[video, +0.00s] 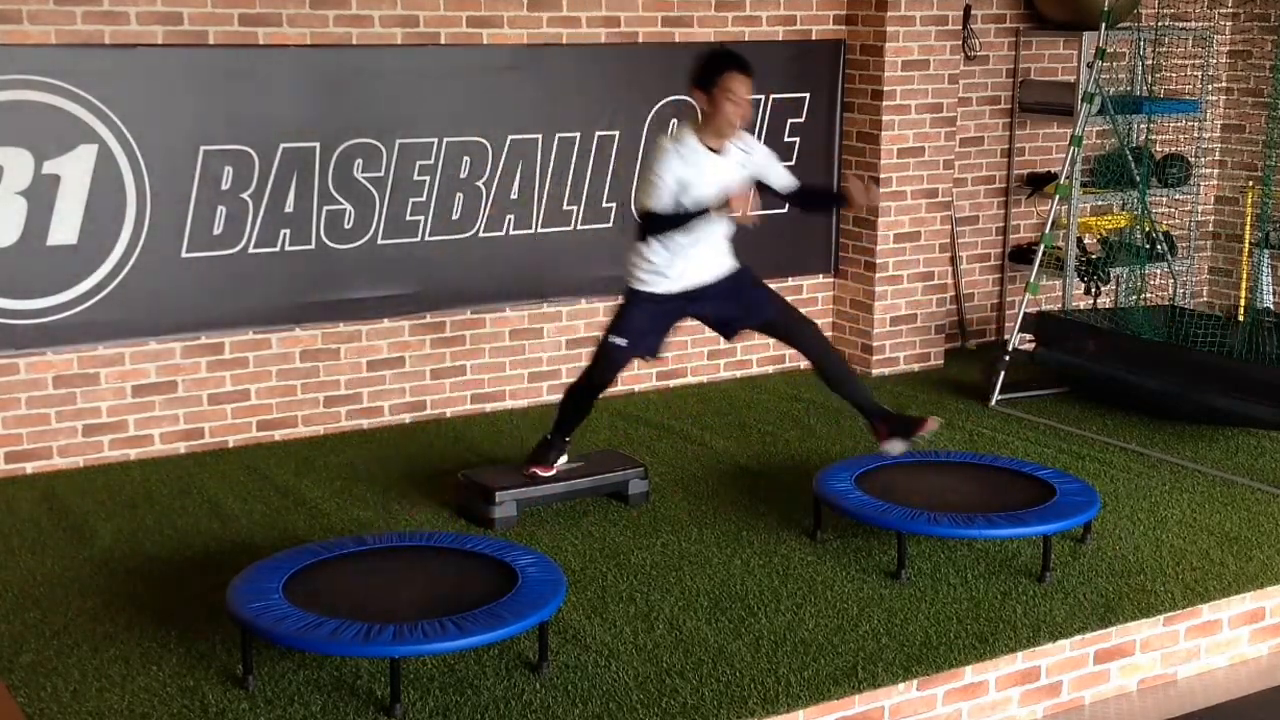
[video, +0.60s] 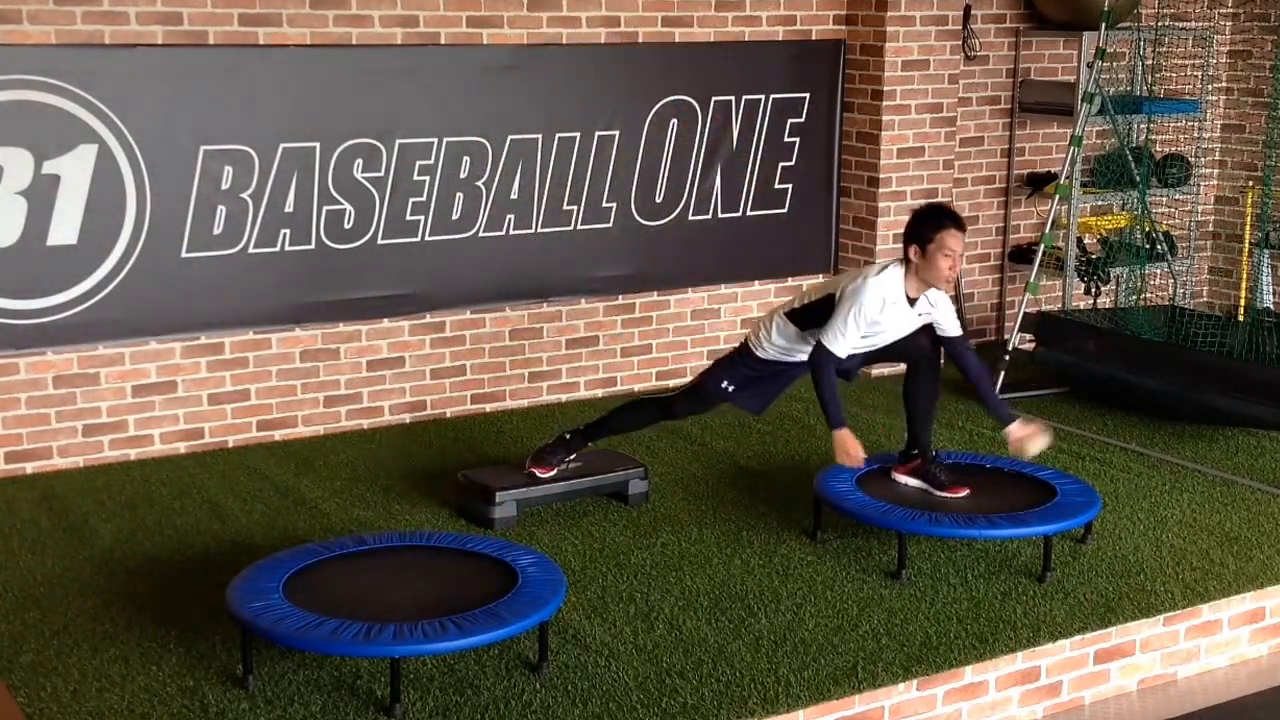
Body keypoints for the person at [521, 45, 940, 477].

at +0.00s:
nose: (743, 109)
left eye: (748, 100)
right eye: (733, 98)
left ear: (750, 104)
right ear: (702, 98)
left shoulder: (747, 149)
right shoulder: (672, 153)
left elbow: (795, 193)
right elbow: (647, 225)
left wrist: (842, 196)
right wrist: (719, 208)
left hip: (721, 278)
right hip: (657, 287)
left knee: (809, 335)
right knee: (601, 370)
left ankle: (884, 422)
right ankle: (553, 446)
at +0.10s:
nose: (804, 149)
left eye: (810, 141)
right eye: (795, 139)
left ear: (812, 146)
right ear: (765, 139)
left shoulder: (810, 188)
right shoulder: (730, 188)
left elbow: (859, 235)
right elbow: (687, 261)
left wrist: (908, 244)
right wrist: (748, 282)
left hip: (774, 312)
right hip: (710, 315)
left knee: (852, 364)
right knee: (630, 390)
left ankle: (909, 461)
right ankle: (557, 444)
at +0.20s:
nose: (870, 194)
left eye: (874, 184)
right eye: (860, 183)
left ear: (874, 189)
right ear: (828, 185)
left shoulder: (870, 233)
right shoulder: (792, 230)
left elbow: (923, 280)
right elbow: (741, 298)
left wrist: (955, 267)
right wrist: (785, 336)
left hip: (808, 326)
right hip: (749, 330)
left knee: (893, 348)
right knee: (660, 404)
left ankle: (917, 460)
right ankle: (568, 440)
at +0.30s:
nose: (922, 233)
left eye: (923, 223)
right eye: (912, 223)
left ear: (915, 227)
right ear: (875, 224)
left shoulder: (909, 270)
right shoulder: (835, 262)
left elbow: (957, 308)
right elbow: (784, 324)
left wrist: (995, 286)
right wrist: (827, 380)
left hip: (827, 345)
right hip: (768, 345)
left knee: (912, 349)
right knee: (671, 407)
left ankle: (918, 457)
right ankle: (568, 443)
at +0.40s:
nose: (949, 261)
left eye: (952, 251)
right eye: (942, 250)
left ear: (939, 253)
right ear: (907, 247)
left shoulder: (930, 293)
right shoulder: (859, 279)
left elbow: (970, 337)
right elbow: (811, 348)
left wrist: (1020, 323)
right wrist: (853, 408)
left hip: (837, 353)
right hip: (779, 350)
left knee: (925, 345)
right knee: (679, 409)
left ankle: (919, 463)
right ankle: (573, 442)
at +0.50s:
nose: (961, 267)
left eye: (962, 257)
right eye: (954, 257)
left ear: (946, 260)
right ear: (919, 256)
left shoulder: (937, 301)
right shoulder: (870, 293)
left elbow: (978, 356)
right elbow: (821, 362)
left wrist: (1038, 361)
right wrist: (856, 427)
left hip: (842, 353)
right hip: (784, 349)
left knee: (932, 344)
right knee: (683, 408)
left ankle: (916, 458)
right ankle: (573, 441)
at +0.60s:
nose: (958, 267)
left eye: (961, 256)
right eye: (949, 256)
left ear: (952, 259)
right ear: (915, 254)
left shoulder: (940, 300)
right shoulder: (875, 292)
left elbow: (964, 361)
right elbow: (825, 358)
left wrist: (1009, 419)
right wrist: (841, 430)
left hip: (841, 349)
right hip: (783, 342)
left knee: (930, 347)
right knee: (685, 404)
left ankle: (915, 460)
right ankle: (575, 441)